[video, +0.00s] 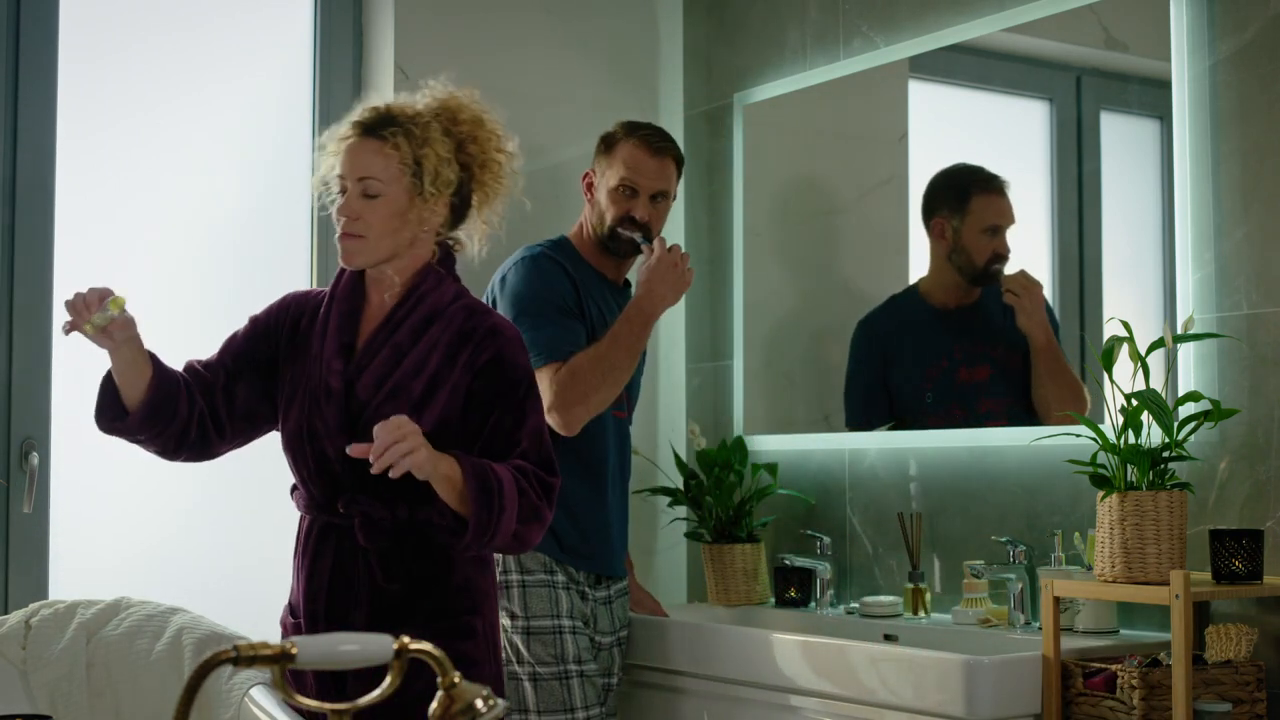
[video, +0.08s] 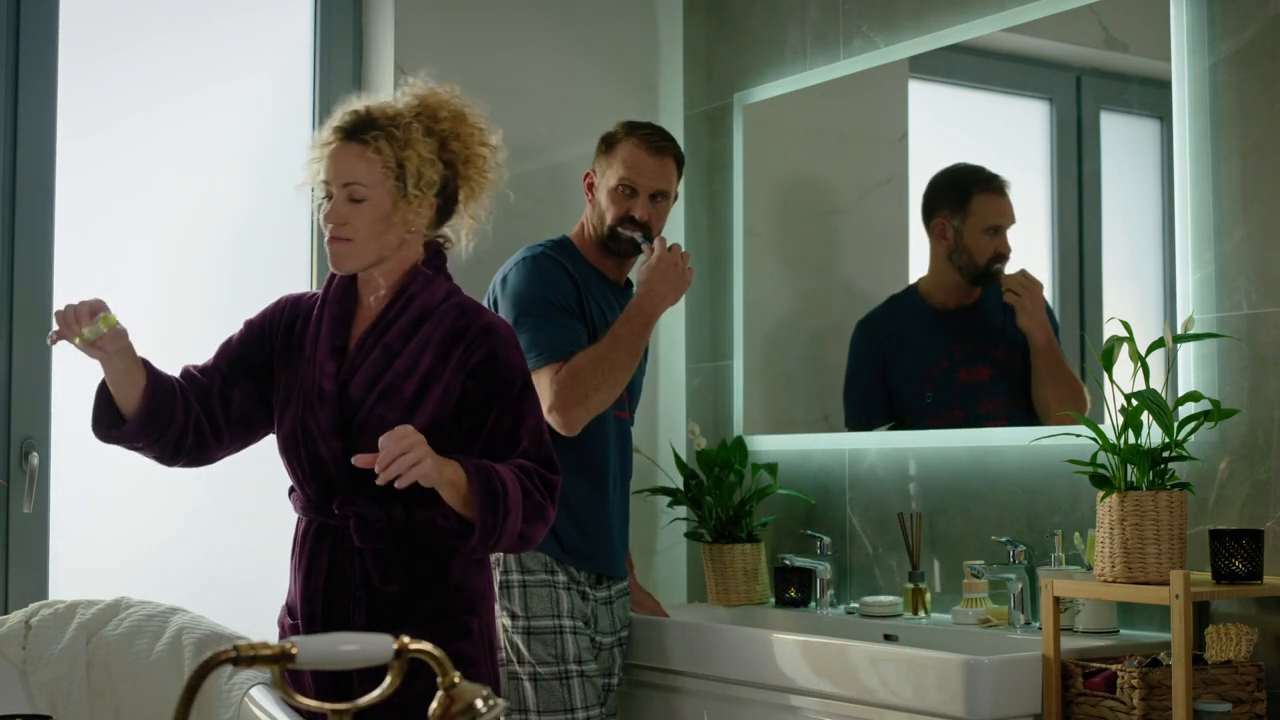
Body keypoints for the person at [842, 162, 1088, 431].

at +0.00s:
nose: (1004, 250)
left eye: (1005, 233)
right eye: (991, 233)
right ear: (941, 231)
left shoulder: (1027, 311)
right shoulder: (880, 331)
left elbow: (1067, 420)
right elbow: (867, 452)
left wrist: (1039, 332)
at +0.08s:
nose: (1005, 249)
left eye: (1006, 233)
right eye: (992, 233)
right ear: (942, 232)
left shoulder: (1027, 311)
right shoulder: (880, 332)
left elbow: (1067, 421)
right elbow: (868, 452)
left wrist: (1039, 331)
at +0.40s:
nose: (1007, 251)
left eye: (1007, 235)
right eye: (993, 235)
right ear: (944, 232)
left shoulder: (1028, 312)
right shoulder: (880, 332)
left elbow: (1069, 422)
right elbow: (867, 452)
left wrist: (1042, 336)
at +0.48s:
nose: (1005, 253)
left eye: (1006, 236)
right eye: (991, 236)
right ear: (941, 231)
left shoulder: (1028, 312)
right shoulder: (881, 332)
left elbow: (1069, 422)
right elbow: (868, 451)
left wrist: (1042, 339)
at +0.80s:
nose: (974, 265)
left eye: (987, 248)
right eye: (958, 248)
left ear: (998, 239)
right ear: (926, 238)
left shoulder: (1031, 311)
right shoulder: (882, 332)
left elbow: (1070, 424)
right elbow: (866, 449)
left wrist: (1029, 350)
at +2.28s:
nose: (1001, 242)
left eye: (1008, 227)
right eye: (985, 225)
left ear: (1013, 225)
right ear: (940, 226)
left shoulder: (1043, 312)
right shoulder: (889, 330)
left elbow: (1090, 421)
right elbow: (871, 448)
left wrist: (1037, 392)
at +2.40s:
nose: (1019, 239)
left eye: (1023, 225)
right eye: (1004, 223)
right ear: (955, 223)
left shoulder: (1053, 313)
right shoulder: (898, 328)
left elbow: (1102, 419)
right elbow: (880, 446)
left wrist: (1061, 404)